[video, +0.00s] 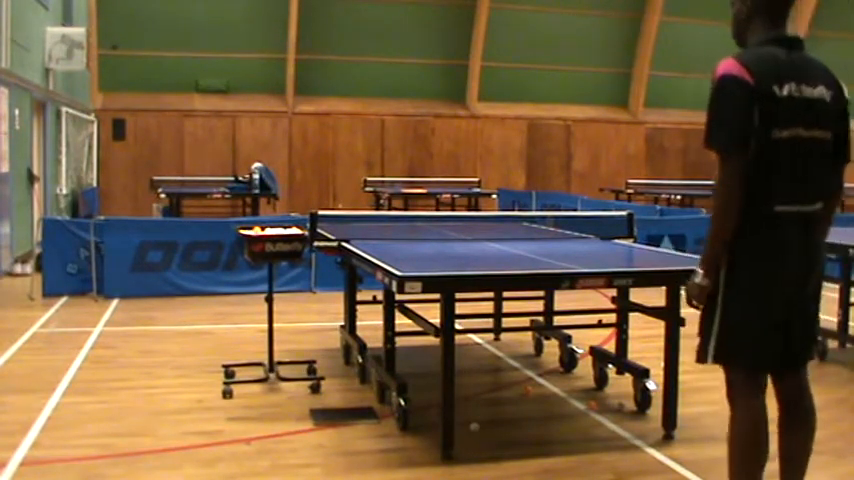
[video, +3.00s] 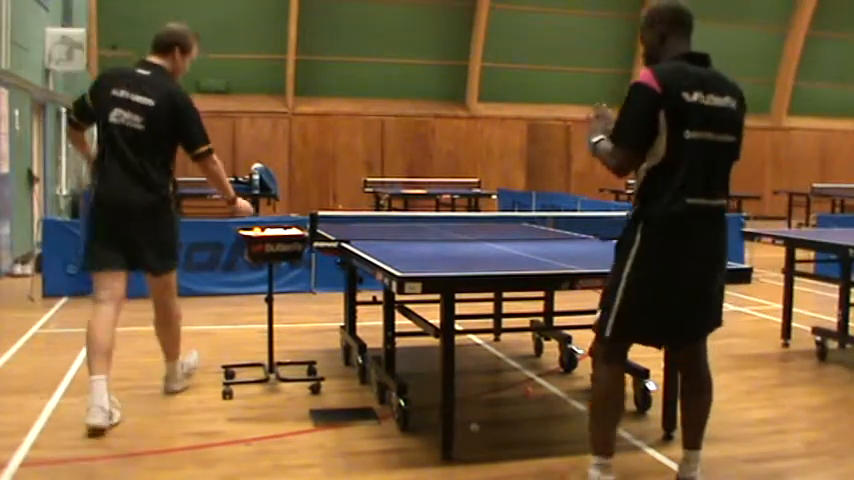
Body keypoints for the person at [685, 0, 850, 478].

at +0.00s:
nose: (731, 20)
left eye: (733, 12)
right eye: (732, 12)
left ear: (743, 12)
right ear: (785, 16)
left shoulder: (739, 72)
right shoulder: (826, 79)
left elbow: (730, 181)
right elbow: (834, 184)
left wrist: (707, 269)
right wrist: (811, 248)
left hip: (750, 253)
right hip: (804, 253)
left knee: (744, 387)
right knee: (792, 381)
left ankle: (745, 475)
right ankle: (792, 475)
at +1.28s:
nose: (775, 29)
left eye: (775, 19)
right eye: (775, 20)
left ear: (785, 16)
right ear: (825, 14)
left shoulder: (786, 65)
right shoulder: (851, 59)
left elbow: (792, 157)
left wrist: (749, 215)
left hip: (800, 247)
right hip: (848, 248)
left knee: (768, 396)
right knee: (840, 399)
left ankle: (759, 477)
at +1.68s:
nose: (762, 24)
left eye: (763, 14)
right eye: (762, 15)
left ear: (777, 14)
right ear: (816, 15)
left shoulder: (778, 69)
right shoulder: (850, 67)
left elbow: (758, 172)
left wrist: (731, 142)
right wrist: (747, 140)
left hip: (788, 245)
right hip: (844, 243)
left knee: (751, 391)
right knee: (831, 391)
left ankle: (727, 473)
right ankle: (833, 475)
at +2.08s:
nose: (706, 26)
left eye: (708, 18)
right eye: (709, 19)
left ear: (718, 18)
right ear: (761, 17)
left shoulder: (710, 73)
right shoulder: (813, 77)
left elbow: (677, 159)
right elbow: (810, 153)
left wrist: (697, 78)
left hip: (723, 239)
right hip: (783, 239)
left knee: (716, 380)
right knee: (767, 366)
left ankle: (710, 477)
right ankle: (791, 472)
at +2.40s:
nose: (675, 26)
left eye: (677, 17)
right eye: (677, 17)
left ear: (688, 19)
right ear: (727, 20)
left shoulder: (673, 80)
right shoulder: (776, 80)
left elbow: (625, 163)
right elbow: (774, 162)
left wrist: (655, 119)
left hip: (696, 233)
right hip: (750, 233)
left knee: (696, 363)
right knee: (724, 356)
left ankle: (705, 472)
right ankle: (708, 465)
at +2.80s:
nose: (659, 42)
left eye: (661, 34)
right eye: (660, 34)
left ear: (674, 32)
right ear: (707, 34)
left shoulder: (668, 84)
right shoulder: (746, 93)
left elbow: (636, 166)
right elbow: (730, 163)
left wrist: (614, 141)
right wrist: (655, 137)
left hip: (674, 233)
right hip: (727, 236)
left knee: (617, 351)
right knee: (698, 351)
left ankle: (670, 462)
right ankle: (692, 465)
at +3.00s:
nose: (642, 48)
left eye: (642, 41)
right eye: (643, 41)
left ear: (650, 39)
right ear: (688, 36)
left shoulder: (654, 82)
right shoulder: (731, 91)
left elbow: (621, 163)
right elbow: (713, 163)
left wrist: (597, 137)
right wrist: (629, 132)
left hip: (656, 232)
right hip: (709, 234)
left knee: (609, 350)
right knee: (692, 353)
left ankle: (601, 468)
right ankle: (690, 468)